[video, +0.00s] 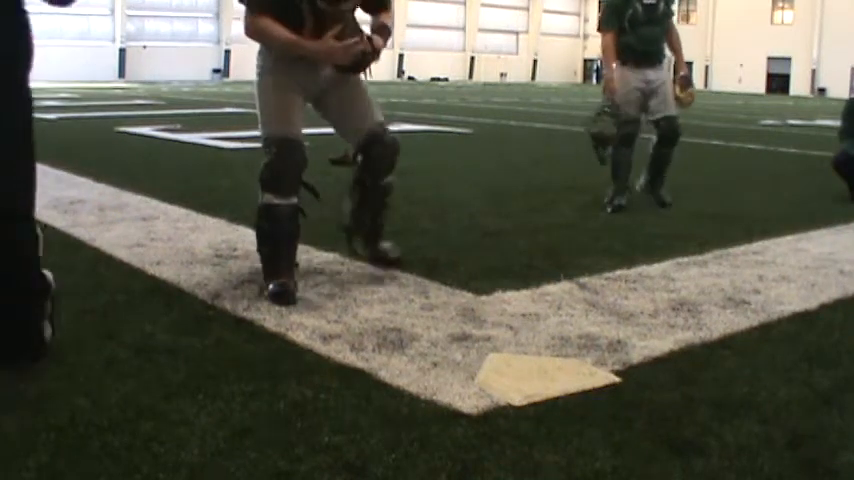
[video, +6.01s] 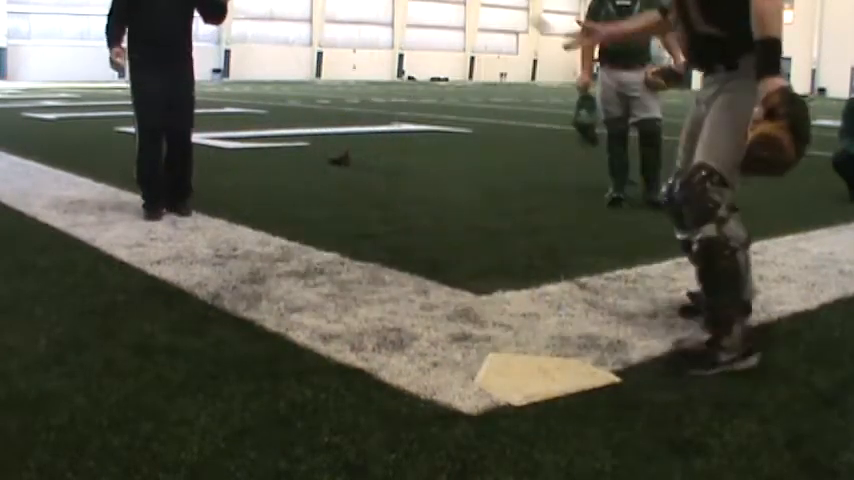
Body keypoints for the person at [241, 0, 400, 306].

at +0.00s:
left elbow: (383, 11)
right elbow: (254, 23)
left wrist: (377, 38)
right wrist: (318, 50)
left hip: (337, 57)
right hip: (283, 57)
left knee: (379, 146)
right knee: (286, 156)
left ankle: (366, 231)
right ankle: (279, 271)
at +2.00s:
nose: (402, 39)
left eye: (407, 30)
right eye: (390, 31)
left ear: (413, 33)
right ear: (364, 35)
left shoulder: (420, 89)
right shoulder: (330, 82)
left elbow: (467, 135)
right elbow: (292, 141)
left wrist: (424, 147)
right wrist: (364, 146)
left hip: (392, 187)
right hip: (338, 186)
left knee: (446, 195)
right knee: (320, 191)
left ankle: (412, 265)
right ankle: (287, 278)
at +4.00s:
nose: (400, 64)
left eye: (407, 55)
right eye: (392, 54)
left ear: (417, 51)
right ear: (369, 44)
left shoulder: (418, 79)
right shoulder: (328, 64)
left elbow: (424, 140)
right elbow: (315, 143)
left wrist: (409, 197)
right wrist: (352, 206)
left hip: (366, 158)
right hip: (313, 153)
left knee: (433, 206)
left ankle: (412, 255)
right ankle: (250, 261)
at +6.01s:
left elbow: (767, 4)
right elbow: (672, 16)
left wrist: (770, 71)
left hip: (747, 77)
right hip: (713, 79)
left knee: (705, 192)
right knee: (681, 195)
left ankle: (734, 332)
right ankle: (717, 293)